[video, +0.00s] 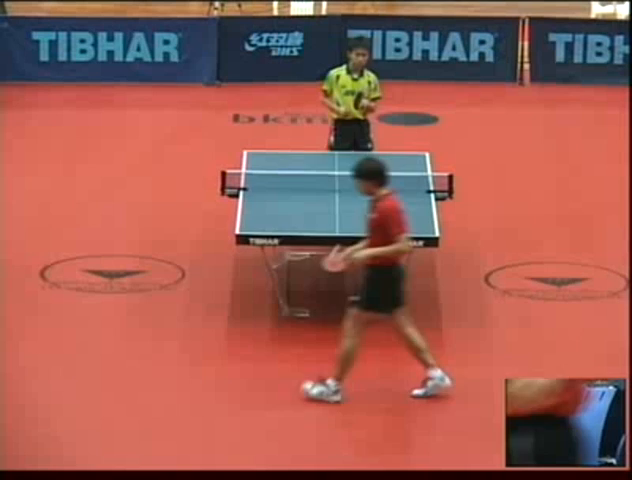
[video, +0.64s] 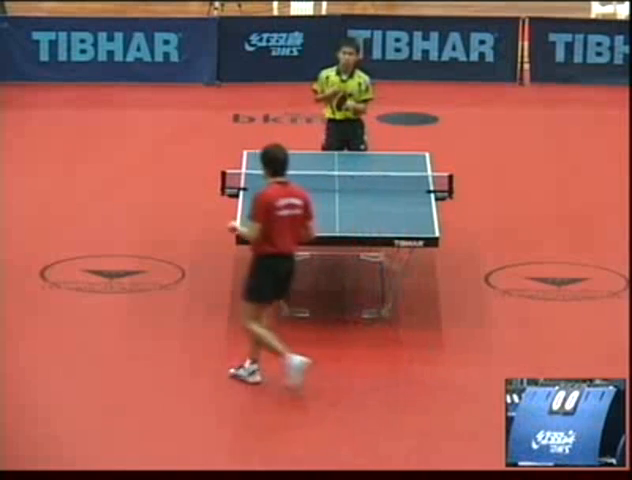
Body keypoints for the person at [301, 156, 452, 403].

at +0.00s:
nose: (358, 186)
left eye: (360, 181)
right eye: (358, 181)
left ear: (371, 181)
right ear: (377, 180)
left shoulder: (389, 206)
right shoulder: (379, 204)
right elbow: (376, 240)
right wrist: (351, 251)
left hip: (382, 274)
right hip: (386, 271)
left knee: (354, 323)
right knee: (402, 323)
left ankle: (335, 383)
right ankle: (434, 373)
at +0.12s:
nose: (341, 186)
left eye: (343, 180)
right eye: (340, 180)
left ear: (352, 180)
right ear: (361, 178)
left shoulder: (371, 206)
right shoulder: (364, 204)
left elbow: (382, 246)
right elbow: (361, 243)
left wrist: (346, 251)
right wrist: (335, 256)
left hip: (365, 274)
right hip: (369, 271)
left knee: (335, 322)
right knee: (374, 327)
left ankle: (330, 384)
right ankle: (417, 363)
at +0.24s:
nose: (317, 180)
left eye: (319, 175)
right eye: (317, 175)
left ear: (328, 175)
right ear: (338, 172)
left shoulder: (342, 200)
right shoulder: (353, 194)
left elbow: (347, 240)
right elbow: (351, 237)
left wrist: (314, 240)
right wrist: (322, 247)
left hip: (342, 263)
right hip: (350, 261)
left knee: (325, 321)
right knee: (332, 318)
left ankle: (329, 383)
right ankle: (366, 356)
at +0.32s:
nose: (303, 176)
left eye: (305, 171)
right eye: (303, 171)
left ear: (314, 172)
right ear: (327, 168)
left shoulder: (325, 198)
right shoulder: (344, 192)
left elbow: (323, 237)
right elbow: (340, 232)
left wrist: (295, 231)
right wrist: (309, 236)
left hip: (327, 262)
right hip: (340, 259)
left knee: (320, 320)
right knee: (313, 313)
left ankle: (328, 382)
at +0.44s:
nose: (285, 174)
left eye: (286, 170)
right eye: (285, 169)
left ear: (293, 171)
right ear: (310, 168)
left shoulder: (300, 199)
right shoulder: (328, 194)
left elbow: (290, 238)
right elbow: (333, 232)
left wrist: (270, 228)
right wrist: (308, 236)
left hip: (304, 262)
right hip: (321, 259)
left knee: (310, 321)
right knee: (289, 311)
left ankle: (328, 382)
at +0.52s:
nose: (275, 174)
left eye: (276, 170)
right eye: (276, 169)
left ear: (281, 172)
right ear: (299, 169)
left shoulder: (284, 200)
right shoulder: (317, 196)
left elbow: (273, 238)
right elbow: (324, 233)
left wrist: (255, 229)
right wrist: (300, 236)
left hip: (287, 263)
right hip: (306, 260)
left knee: (290, 322)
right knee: (276, 317)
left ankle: (324, 379)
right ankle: (255, 365)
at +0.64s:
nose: (264, 169)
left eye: (264, 165)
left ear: (265, 167)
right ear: (286, 166)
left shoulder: (265, 196)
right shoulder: (301, 195)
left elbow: (255, 234)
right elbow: (308, 233)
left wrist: (238, 228)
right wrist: (284, 234)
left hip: (266, 259)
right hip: (288, 259)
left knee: (249, 320)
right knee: (262, 315)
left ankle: (290, 358)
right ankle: (252, 364)